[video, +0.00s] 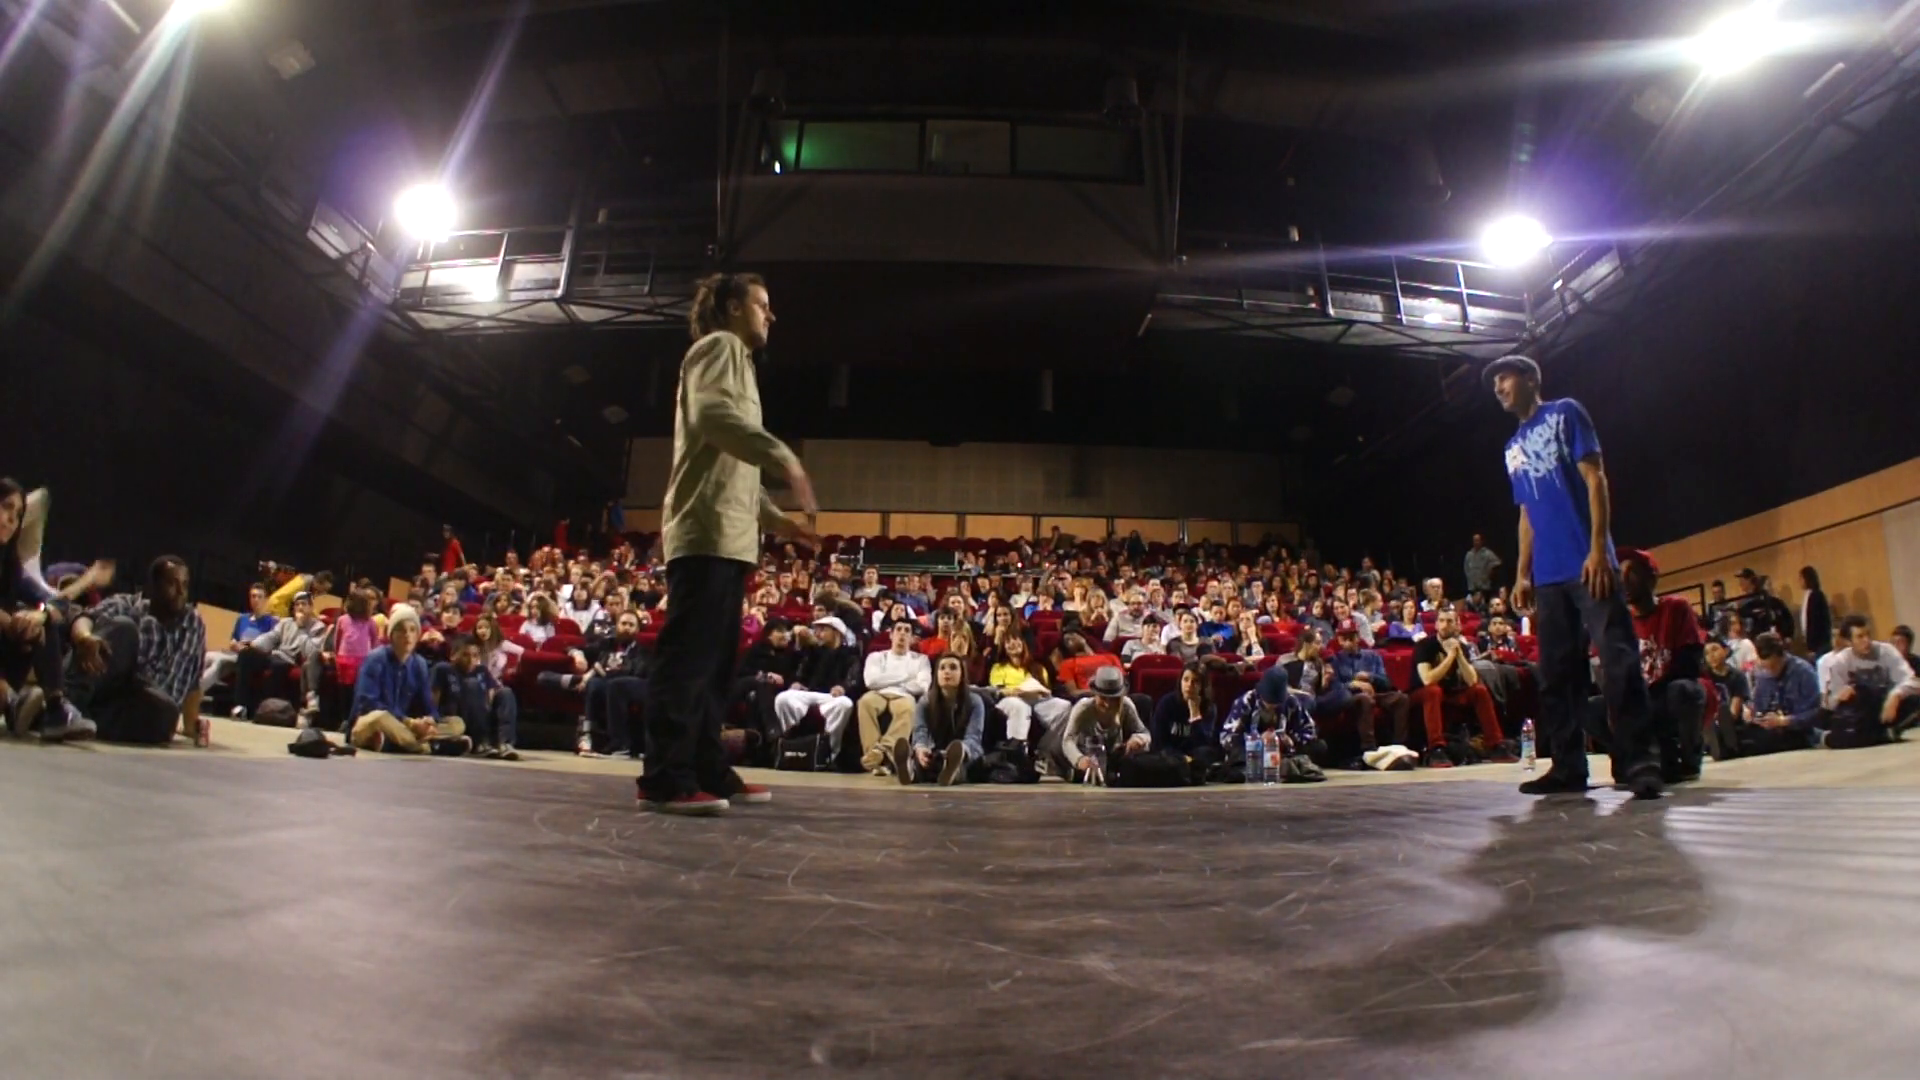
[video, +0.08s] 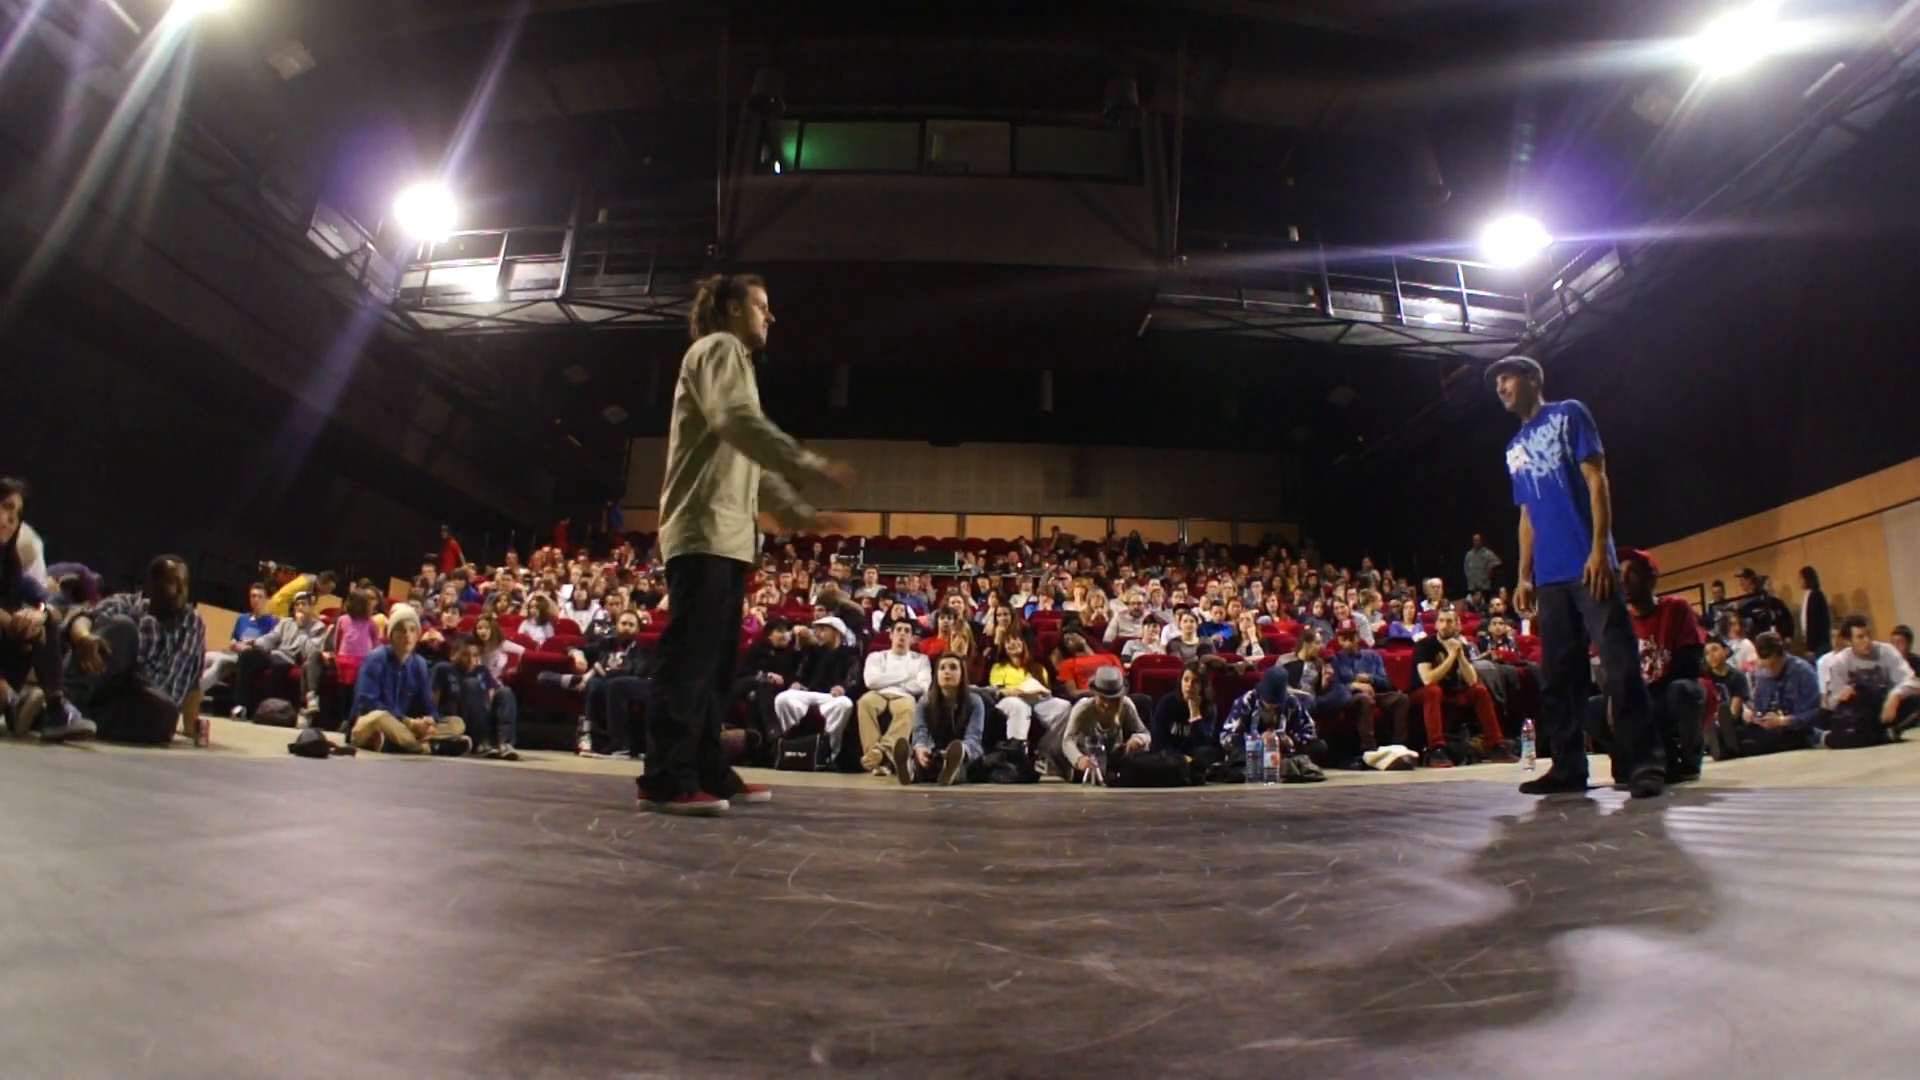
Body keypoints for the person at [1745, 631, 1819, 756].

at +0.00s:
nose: (1769, 671)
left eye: (1772, 666)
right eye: (1765, 667)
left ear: (1781, 657)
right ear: (1760, 661)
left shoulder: (1803, 671)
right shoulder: (1762, 674)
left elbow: (1814, 712)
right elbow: (1758, 705)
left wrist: (1783, 721)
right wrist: (1751, 713)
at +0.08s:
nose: (1769, 670)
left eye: (1773, 665)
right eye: (1765, 666)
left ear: (1781, 657)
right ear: (1761, 661)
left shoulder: (1803, 671)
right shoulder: (1763, 674)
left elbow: (1814, 712)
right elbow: (1758, 706)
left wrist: (1782, 721)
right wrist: (1754, 715)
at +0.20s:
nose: (1769, 670)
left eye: (1772, 665)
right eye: (1765, 666)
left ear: (1780, 657)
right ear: (1760, 661)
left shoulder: (1803, 671)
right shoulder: (1762, 675)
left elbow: (1813, 712)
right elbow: (1758, 707)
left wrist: (1782, 721)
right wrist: (1754, 716)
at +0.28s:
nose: (1767, 670)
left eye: (1771, 665)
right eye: (1763, 666)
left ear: (1780, 657)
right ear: (1758, 661)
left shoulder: (1803, 671)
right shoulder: (1761, 674)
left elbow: (1813, 712)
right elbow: (1758, 705)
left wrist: (1782, 721)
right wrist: (1754, 715)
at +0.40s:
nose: (1768, 671)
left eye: (1771, 666)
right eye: (1763, 667)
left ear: (1780, 657)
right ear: (1758, 662)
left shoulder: (1803, 671)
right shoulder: (1760, 674)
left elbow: (1813, 713)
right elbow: (1757, 705)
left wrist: (1782, 721)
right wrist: (1754, 715)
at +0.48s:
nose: (1767, 671)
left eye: (1770, 666)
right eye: (1763, 667)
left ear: (1779, 657)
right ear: (1758, 663)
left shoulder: (1802, 671)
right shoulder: (1760, 675)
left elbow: (1813, 713)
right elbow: (1757, 705)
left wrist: (1782, 721)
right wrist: (1754, 715)